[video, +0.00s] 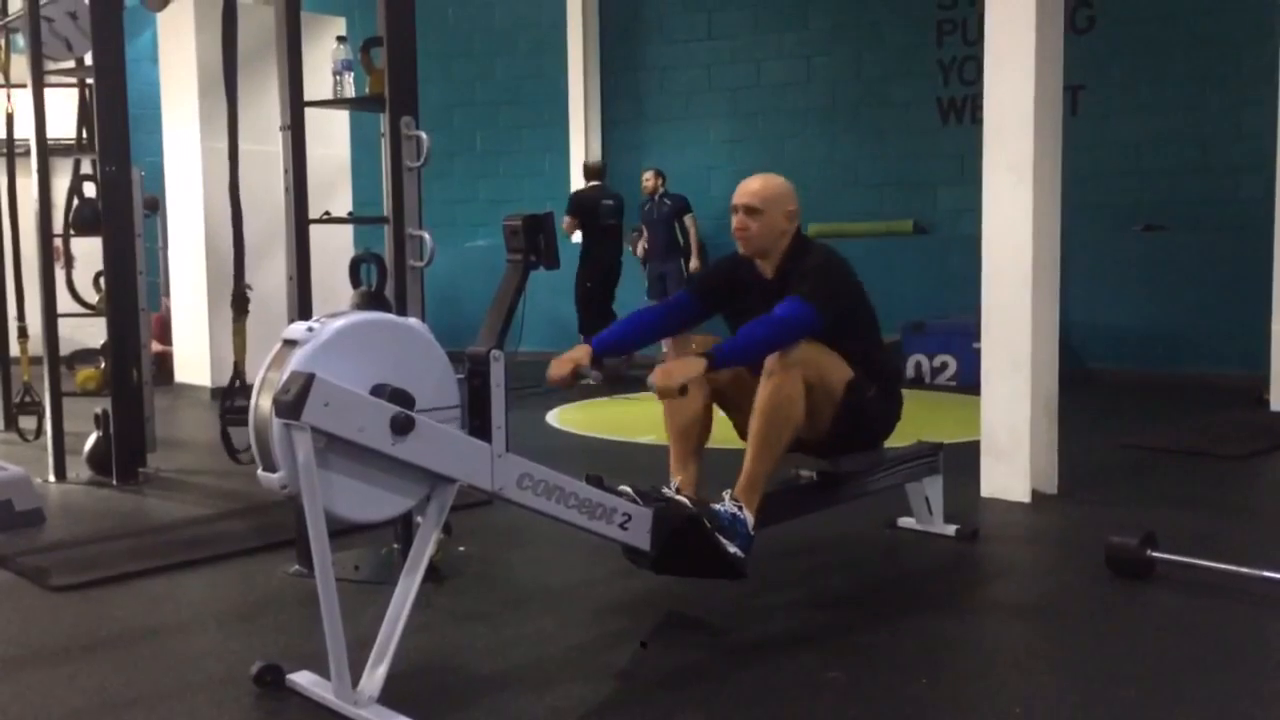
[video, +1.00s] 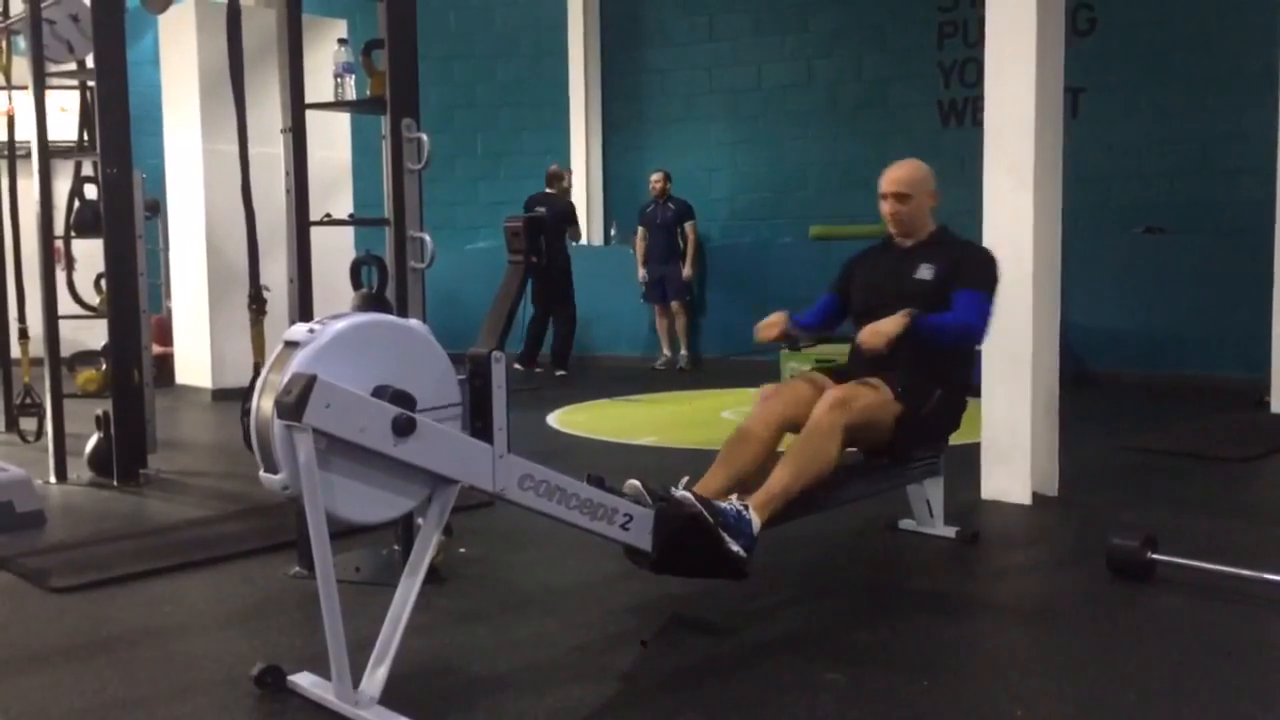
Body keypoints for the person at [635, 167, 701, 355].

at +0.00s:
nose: (644, 184)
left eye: (648, 180)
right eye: (643, 181)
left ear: (660, 181)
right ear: (644, 184)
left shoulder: (678, 201)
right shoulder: (645, 207)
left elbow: (691, 228)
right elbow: (646, 231)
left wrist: (694, 256)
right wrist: (642, 244)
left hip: (675, 259)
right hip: (654, 261)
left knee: (678, 303)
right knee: (658, 305)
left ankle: (682, 348)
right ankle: (666, 349)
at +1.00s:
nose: (653, 186)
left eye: (657, 182)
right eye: (651, 182)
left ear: (667, 184)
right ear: (649, 186)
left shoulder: (681, 206)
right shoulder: (645, 209)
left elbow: (691, 235)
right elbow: (640, 238)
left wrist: (688, 264)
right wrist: (640, 266)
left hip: (675, 265)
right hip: (653, 266)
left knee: (676, 307)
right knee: (660, 310)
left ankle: (683, 351)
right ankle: (665, 352)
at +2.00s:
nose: (656, 191)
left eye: (660, 187)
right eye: (654, 188)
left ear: (670, 190)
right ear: (653, 191)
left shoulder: (683, 212)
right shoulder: (648, 215)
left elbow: (692, 242)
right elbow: (641, 243)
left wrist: (688, 268)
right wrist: (638, 271)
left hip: (676, 271)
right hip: (654, 272)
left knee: (677, 313)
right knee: (660, 315)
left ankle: (684, 359)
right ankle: (666, 358)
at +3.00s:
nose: (659, 189)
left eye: (663, 185)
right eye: (658, 186)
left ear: (674, 188)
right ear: (656, 188)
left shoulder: (687, 211)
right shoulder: (650, 212)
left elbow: (695, 241)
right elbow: (643, 242)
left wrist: (691, 269)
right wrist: (640, 269)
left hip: (679, 270)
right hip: (656, 270)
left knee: (680, 312)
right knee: (660, 313)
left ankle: (681, 358)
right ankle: (667, 357)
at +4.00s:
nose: (660, 193)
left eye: (664, 189)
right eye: (659, 189)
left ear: (675, 192)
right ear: (657, 192)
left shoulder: (687, 215)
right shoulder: (651, 216)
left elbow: (696, 245)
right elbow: (644, 245)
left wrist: (691, 272)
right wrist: (641, 272)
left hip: (679, 272)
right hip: (657, 273)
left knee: (679, 314)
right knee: (661, 316)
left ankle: (685, 359)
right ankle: (667, 359)